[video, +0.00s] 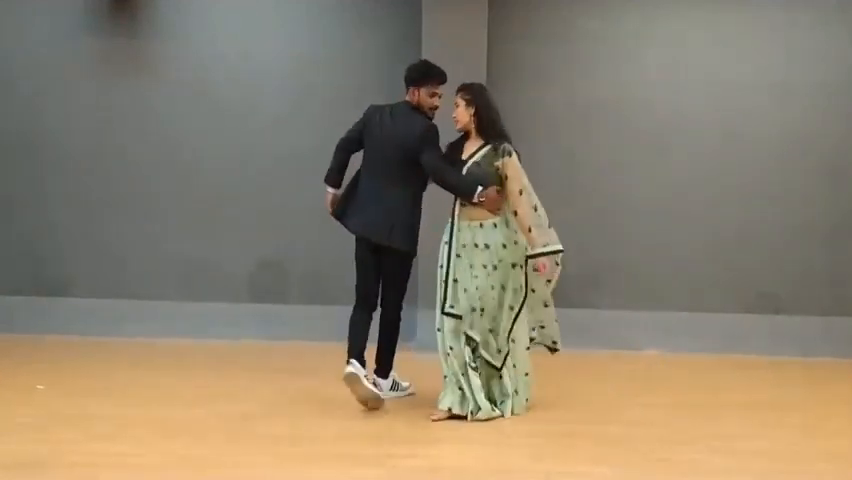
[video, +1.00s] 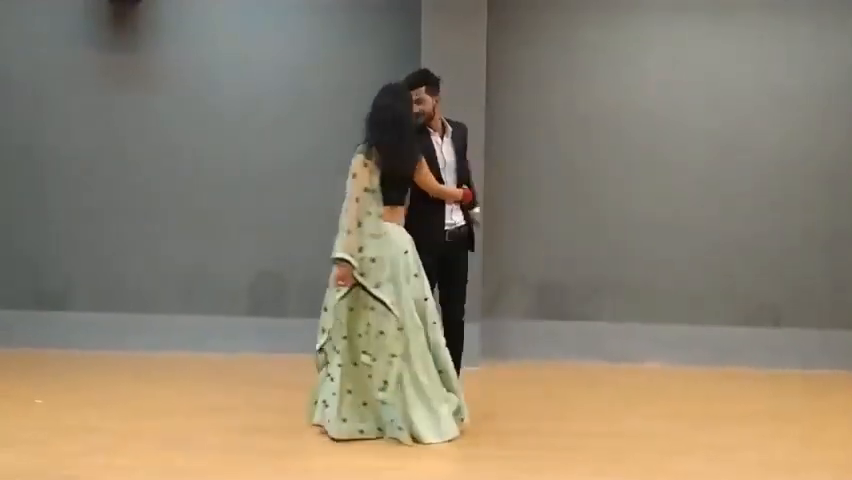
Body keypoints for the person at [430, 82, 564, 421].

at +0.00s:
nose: (455, 113)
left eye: (461, 106)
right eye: (455, 107)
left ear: (477, 109)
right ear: (464, 111)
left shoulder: (502, 153)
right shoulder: (455, 150)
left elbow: (521, 204)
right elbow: (438, 179)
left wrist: (539, 251)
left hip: (494, 242)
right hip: (459, 240)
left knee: (487, 316)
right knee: (455, 315)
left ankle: (492, 395)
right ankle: (455, 395)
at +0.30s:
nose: (439, 113)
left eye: (443, 106)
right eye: (440, 106)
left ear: (457, 109)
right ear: (457, 110)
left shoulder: (477, 152)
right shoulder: (447, 149)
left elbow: (487, 207)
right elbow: (436, 193)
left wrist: (493, 255)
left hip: (465, 249)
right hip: (442, 248)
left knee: (466, 323)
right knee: (442, 322)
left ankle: (480, 398)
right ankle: (448, 398)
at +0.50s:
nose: (423, 112)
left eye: (428, 105)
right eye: (423, 105)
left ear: (440, 110)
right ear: (448, 109)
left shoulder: (451, 156)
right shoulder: (436, 152)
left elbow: (460, 211)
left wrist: (459, 259)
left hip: (442, 253)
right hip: (426, 251)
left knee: (438, 330)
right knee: (424, 329)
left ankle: (441, 409)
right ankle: (423, 407)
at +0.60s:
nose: (412, 116)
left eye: (416, 109)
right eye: (413, 109)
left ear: (428, 113)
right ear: (443, 112)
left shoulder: (437, 158)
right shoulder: (427, 155)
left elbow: (439, 212)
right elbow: (429, 210)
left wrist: (439, 261)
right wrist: (406, 200)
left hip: (427, 254)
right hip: (415, 250)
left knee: (423, 331)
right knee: (412, 329)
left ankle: (420, 407)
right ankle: (408, 405)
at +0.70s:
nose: (404, 118)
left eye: (409, 112)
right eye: (409, 111)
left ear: (416, 118)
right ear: (437, 120)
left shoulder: (419, 162)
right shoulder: (420, 159)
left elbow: (418, 216)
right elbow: (418, 215)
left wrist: (417, 263)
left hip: (414, 259)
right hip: (414, 257)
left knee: (409, 334)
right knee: (411, 334)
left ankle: (407, 406)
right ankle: (408, 405)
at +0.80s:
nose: (436, 123)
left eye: (434, 114)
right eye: (432, 115)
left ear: (403, 115)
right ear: (421, 118)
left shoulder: (418, 160)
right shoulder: (401, 162)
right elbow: (395, 215)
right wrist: (395, 264)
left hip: (418, 260)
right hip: (403, 262)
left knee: (414, 336)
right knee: (399, 337)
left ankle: (409, 409)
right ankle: (393, 409)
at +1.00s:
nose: (414, 111)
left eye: (411, 103)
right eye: (410, 106)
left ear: (375, 114)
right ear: (406, 115)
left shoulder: (364, 158)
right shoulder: (411, 156)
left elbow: (352, 210)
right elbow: (432, 188)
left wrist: (345, 256)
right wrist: (458, 194)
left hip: (369, 248)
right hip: (400, 247)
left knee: (363, 329)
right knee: (401, 328)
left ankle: (358, 410)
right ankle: (401, 409)